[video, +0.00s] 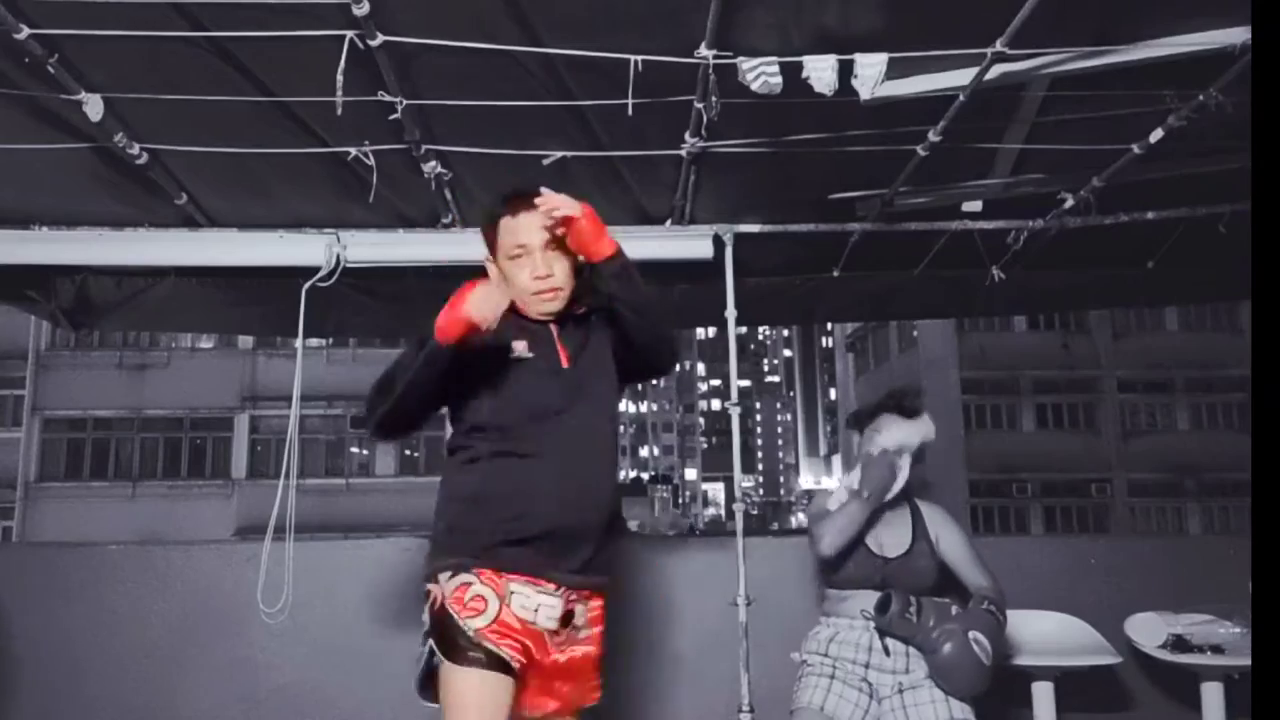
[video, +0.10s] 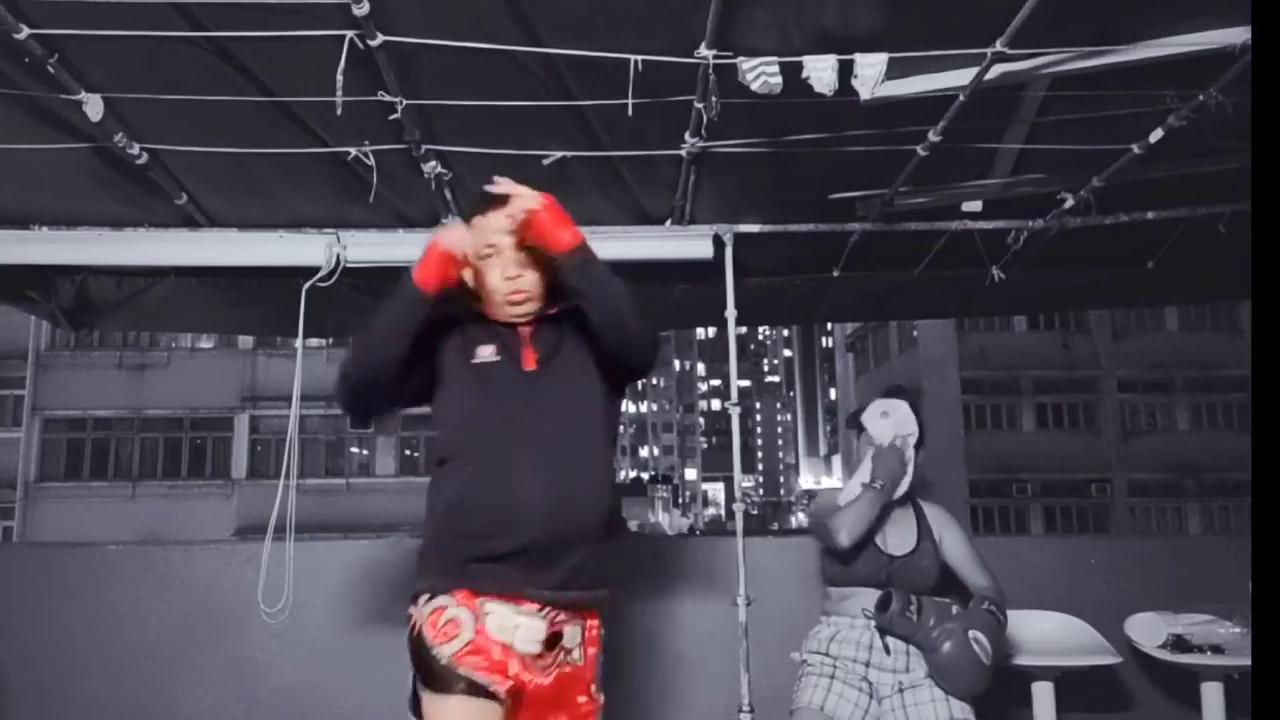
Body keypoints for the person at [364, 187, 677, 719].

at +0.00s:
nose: (542, 269)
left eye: (554, 248)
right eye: (520, 255)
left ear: (577, 255)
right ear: (494, 269)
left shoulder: (603, 335)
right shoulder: (475, 337)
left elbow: (661, 352)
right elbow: (384, 421)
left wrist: (605, 254)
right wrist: (447, 333)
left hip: (580, 589)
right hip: (485, 578)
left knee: (556, 711)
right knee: (476, 711)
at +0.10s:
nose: (512, 275)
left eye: (526, 258)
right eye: (491, 260)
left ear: (553, 264)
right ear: (469, 273)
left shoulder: (590, 333)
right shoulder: (446, 340)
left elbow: (639, 353)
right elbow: (360, 396)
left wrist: (569, 245)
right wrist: (425, 281)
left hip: (573, 605)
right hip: (466, 600)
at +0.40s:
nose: (432, 261)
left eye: (449, 240)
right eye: (411, 245)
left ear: (479, 247)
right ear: (387, 261)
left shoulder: (518, 299)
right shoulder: (378, 346)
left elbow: (608, 304)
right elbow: (296, 349)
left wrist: (531, 180)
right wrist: (360, 235)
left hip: (557, 505)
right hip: (466, 573)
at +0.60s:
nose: (415, 239)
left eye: (435, 218)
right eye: (394, 226)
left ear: (470, 235)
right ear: (376, 250)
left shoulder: (521, 287)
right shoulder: (370, 345)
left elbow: (589, 280)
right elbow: (286, 338)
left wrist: (500, 160)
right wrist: (341, 216)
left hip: (558, 518)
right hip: (451, 566)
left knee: (541, 441)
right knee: (441, 706)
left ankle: (528, 712)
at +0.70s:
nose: (429, 218)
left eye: (448, 199)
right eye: (408, 203)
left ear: (479, 221)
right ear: (387, 230)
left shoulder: (532, 275)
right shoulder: (370, 322)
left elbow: (597, 269)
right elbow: (283, 327)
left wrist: (506, 151)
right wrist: (344, 200)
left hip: (546, 528)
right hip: (438, 572)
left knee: (606, 484)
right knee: (429, 706)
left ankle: (548, 713)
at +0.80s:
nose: (456, 204)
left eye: (475, 190)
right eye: (437, 189)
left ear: (500, 207)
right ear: (406, 208)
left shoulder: (547, 270)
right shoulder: (378, 309)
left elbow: (623, 274)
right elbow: (295, 313)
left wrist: (532, 155)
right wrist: (380, 182)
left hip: (559, 526)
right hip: (438, 577)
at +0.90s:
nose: (480, 194)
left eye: (499, 180)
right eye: (461, 180)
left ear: (522, 199)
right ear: (427, 202)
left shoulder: (566, 275)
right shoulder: (392, 289)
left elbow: (647, 292)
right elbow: (321, 300)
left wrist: (560, 167)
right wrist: (411, 171)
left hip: (577, 554)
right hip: (439, 581)